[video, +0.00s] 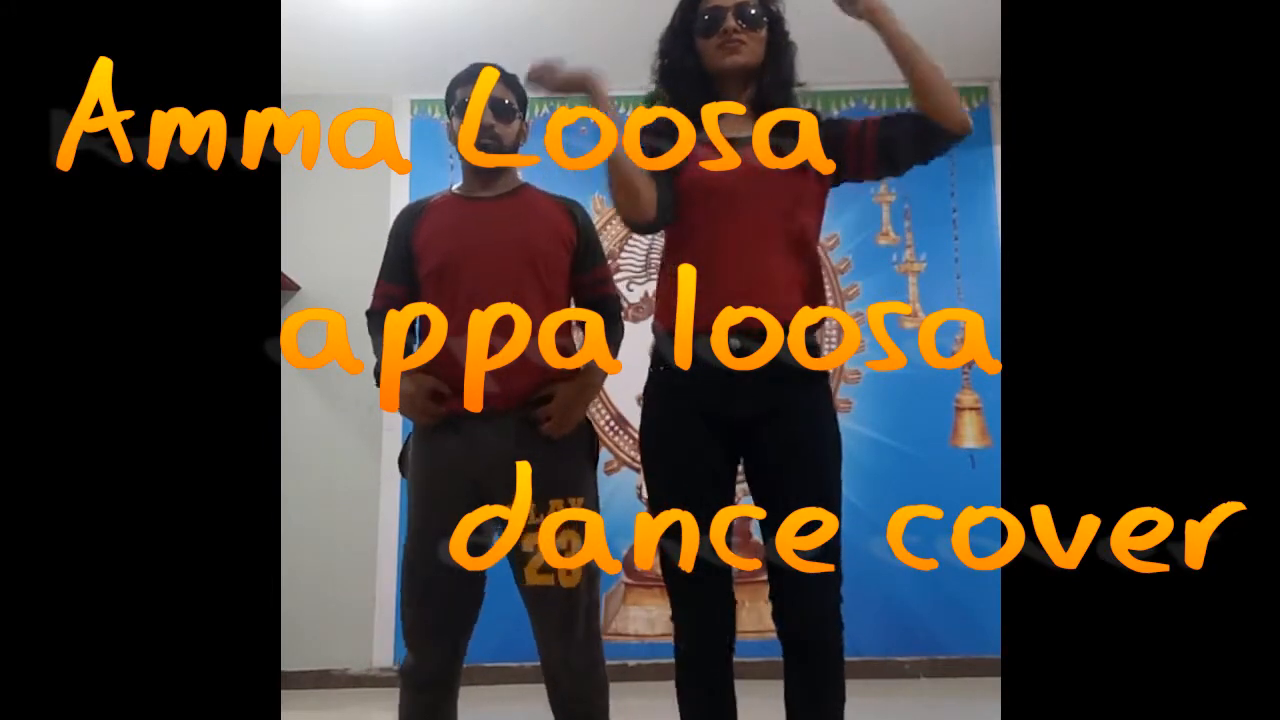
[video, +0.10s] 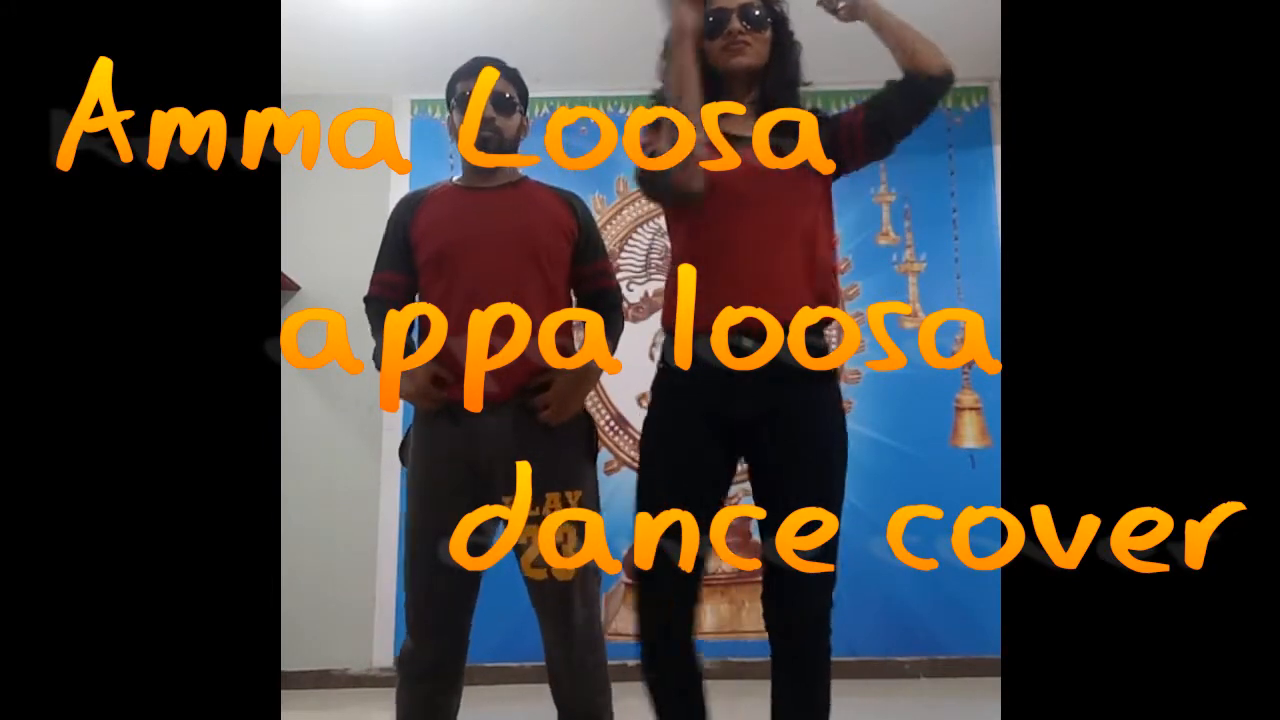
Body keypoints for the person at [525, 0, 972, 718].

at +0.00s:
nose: (732, 27)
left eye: (749, 16)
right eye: (712, 18)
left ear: (773, 39)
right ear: (687, 44)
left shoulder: (810, 135)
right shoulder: (666, 130)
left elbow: (949, 121)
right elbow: (639, 211)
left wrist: (880, 17)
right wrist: (600, 107)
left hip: (792, 388)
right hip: (686, 389)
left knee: (810, 602)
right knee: (698, 608)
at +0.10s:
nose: (737, 30)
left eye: (754, 18)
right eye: (718, 21)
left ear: (779, 39)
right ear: (696, 48)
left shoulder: (813, 135)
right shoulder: (669, 129)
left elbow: (932, 74)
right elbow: (678, 182)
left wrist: (867, 9)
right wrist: (680, 44)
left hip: (800, 390)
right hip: (692, 389)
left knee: (802, 598)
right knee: (662, 593)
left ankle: (802, 718)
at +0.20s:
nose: (743, 36)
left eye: (760, 24)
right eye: (725, 22)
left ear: (781, 49)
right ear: (694, 48)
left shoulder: (814, 142)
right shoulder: (671, 136)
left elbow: (915, 70)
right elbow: (710, 161)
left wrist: (853, 13)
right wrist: (721, 56)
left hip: (808, 397)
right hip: (699, 396)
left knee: (803, 608)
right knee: (625, 593)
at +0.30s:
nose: (745, 36)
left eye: (758, 22)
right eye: (721, 28)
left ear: (781, 42)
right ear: (698, 55)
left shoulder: (807, 142)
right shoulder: (676, 129)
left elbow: (891, 86)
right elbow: (770, 131)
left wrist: (818, 20)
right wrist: (795, 31)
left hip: (807, 387)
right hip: (702, 387)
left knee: (804, 605)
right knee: (647, 594)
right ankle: (593, 719)